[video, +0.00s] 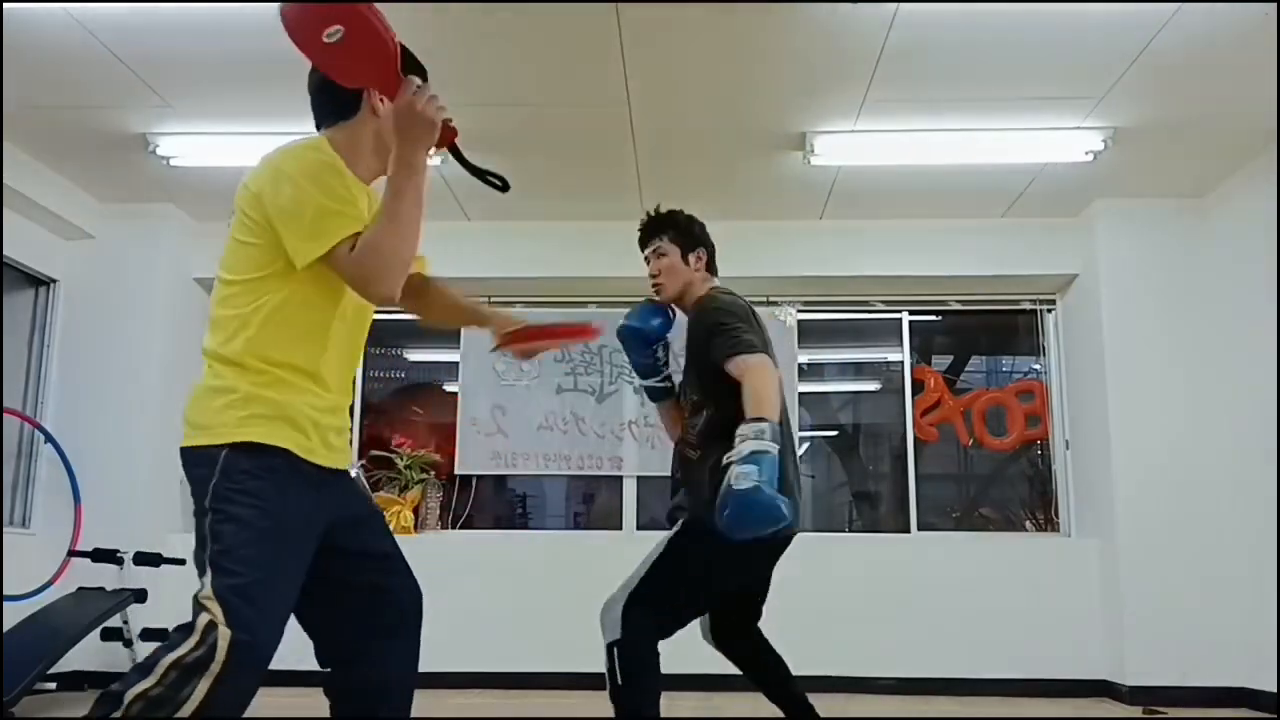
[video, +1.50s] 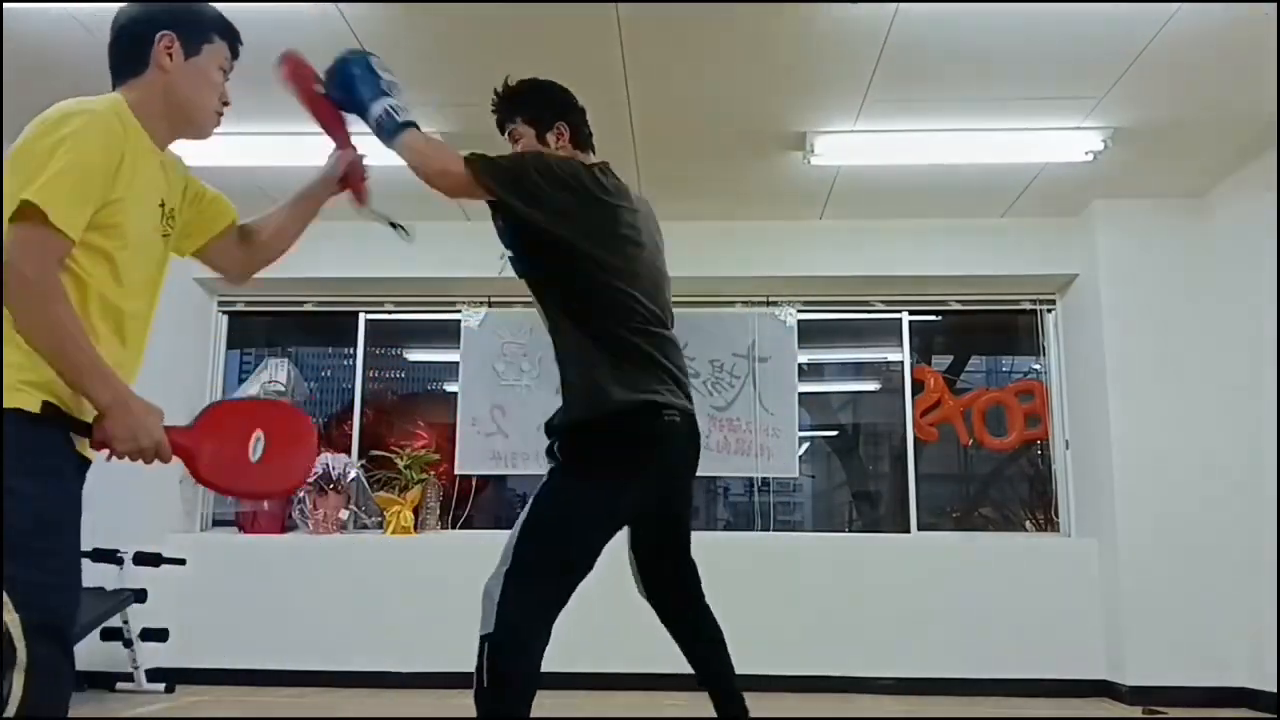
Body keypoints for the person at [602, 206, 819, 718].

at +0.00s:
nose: (651, 269)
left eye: (660, 256)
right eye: (647, 261)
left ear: (698, 260)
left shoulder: (717, 310)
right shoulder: (705, 324)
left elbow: (760, 373)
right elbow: (689, 435)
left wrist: (755, 455)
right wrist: (653, 375)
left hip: (729, 508)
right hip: (758, 509)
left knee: (626, 617)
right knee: (732, 629)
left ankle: (637, 716)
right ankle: (804, 714)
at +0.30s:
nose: (635, 203)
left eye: (648, 189)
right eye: (628, 193)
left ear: (685, 200)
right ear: (623, 206)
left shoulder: (730, 269)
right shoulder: (624, 265)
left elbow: (804, 353)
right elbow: (547, 295)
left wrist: (774, 337)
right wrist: (545, 251)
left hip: (717, 469)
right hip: (669, 468)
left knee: (635, 589)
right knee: (726, 616)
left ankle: (646, 715)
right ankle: (791, 714)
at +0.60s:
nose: (588, 219)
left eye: (597, 206)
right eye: (582, 209)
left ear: (637, 214)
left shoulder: (655, 265)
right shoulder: (618, 296)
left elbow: (656, 315)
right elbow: (585, 389)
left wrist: (589, 242)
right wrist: (562, 327)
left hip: (663, 483)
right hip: (688, 489)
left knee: (559, 598)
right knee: (672, 633)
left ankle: (541, 713)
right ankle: (762, 714)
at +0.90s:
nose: (557, 174)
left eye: (572, 158)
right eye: (544, 162)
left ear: (600, 165)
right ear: (530, 171)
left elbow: (675, 347)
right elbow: (413, 210)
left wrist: (620, 263)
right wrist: (370, 153)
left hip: (611, 462)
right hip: (549, 463)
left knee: (506, 584)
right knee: (601, 649)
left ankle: (506, 718)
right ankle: (707, 718)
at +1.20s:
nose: (510, 162)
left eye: (516, 144)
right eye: (503, 149)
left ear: (562, 139)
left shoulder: (620, 203)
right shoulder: (554, 226)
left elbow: (604, 291)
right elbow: (486, 313)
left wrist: (528, 209)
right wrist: (468, 229)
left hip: (605, 444)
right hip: (589, 443)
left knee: (517, 594)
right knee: (604, 610)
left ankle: (511, 717)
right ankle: (695, 715)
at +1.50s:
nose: (510, 152)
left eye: (517, 137)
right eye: (509, 141)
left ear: (560, 135)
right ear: (568, 136)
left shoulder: (563, 179)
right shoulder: (627, 197)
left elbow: (450, 176)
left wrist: (378, 107)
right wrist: (524, 231)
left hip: (613, 427)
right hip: (672, 428)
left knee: (522, 598)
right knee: (669, 578)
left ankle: (502, 714)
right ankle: (735, 711)